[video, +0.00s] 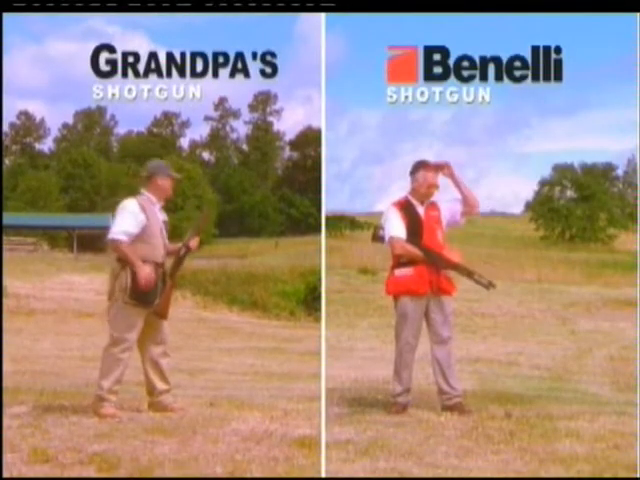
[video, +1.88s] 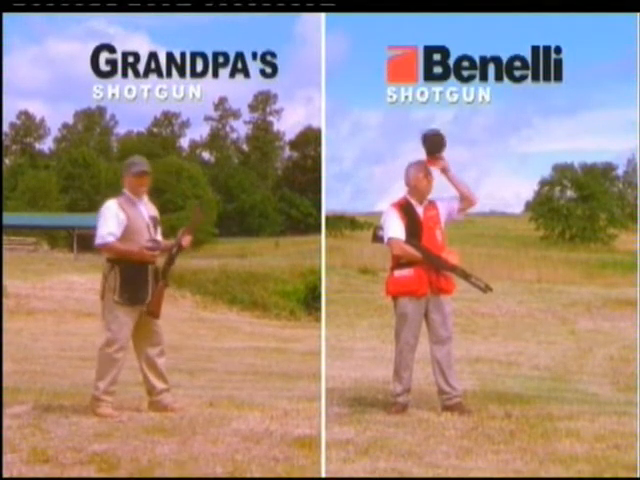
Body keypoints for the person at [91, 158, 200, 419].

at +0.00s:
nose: (172, 186)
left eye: (172, 181)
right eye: (169, 181)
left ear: (160, 183)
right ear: (155, 180)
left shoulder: (158, 213)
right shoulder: (132, 207)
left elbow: (159, 249)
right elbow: (116, 239)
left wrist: (183, 247)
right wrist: (138, 265)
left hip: (155, 273)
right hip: (132, 273)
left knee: (156, 341)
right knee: (122, 340)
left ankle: (160, 397)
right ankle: (106, 398)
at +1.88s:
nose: (142, 181)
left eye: (146, 176)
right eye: (137, 176)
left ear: (150, 179)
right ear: (125, 178)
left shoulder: (150, 209)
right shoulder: (113, 208)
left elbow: (154, 244)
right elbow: (104, 244)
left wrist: (176, 244)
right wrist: (139, 253)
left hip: (147, 280)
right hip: (121, 280)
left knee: (152, 342)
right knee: (117, 341)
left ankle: (159, 396)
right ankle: (102, 399)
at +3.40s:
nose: (159, 182)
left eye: (159, 177)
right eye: (154, 178)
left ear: (157, 182)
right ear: (139, 181)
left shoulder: (158, 210)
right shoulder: (126, 210)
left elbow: (166, 244)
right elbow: (140, 240)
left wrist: (186, 235)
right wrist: (175, 231)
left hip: (154, 273)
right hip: (129, 272)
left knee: (156, 341)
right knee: (120, 338)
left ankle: (162, 396)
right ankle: (96, 396)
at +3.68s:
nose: (154, 189)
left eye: (154, 184)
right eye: (149, 184)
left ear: (144, 188)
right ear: (132, 187)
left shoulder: (151, 215)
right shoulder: (120, 217)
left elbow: (163, 247)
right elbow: (127, 256)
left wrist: (184, 242)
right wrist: (159, 270)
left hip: (145, 280)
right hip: (122, 282)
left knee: (158, 340)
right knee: (121, 342)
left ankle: (162, 396)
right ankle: (93, 399)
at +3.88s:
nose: (152, 190)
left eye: (151, 185)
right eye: (146, 185)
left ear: (140, 190)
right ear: (131, 189)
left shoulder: (149, 216)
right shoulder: (116, 221)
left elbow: (159, 249)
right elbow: (113, 262)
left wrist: (180, 246)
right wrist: (125, 293)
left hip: (146, 281)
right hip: (122, 283)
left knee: (160, 339)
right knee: (121, 343)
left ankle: (163, 396)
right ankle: (92, 399)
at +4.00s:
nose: (152, 188)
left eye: (151, 183)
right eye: (146, 183)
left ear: (143, 188)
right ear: (130, 188)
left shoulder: (150, 214)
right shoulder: (115, 218)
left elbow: (158, 247)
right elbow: (98, 257)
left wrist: (179, 245)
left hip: (146, 279)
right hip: (120, 281)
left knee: (159, 339)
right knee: (119, 343)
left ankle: (162, 397)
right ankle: (92, 399)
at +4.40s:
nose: (173, 217)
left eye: (172, 211)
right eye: (169, 212)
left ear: (158, 216)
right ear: (154, 215)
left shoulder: (164, 239)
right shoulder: (136, 244)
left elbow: (161, 271)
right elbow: (110, 276)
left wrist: (186, 268)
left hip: (145, 296)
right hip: (122, 298)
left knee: (166, 341)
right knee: (134, 359)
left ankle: (163, 396)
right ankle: (94, 398)